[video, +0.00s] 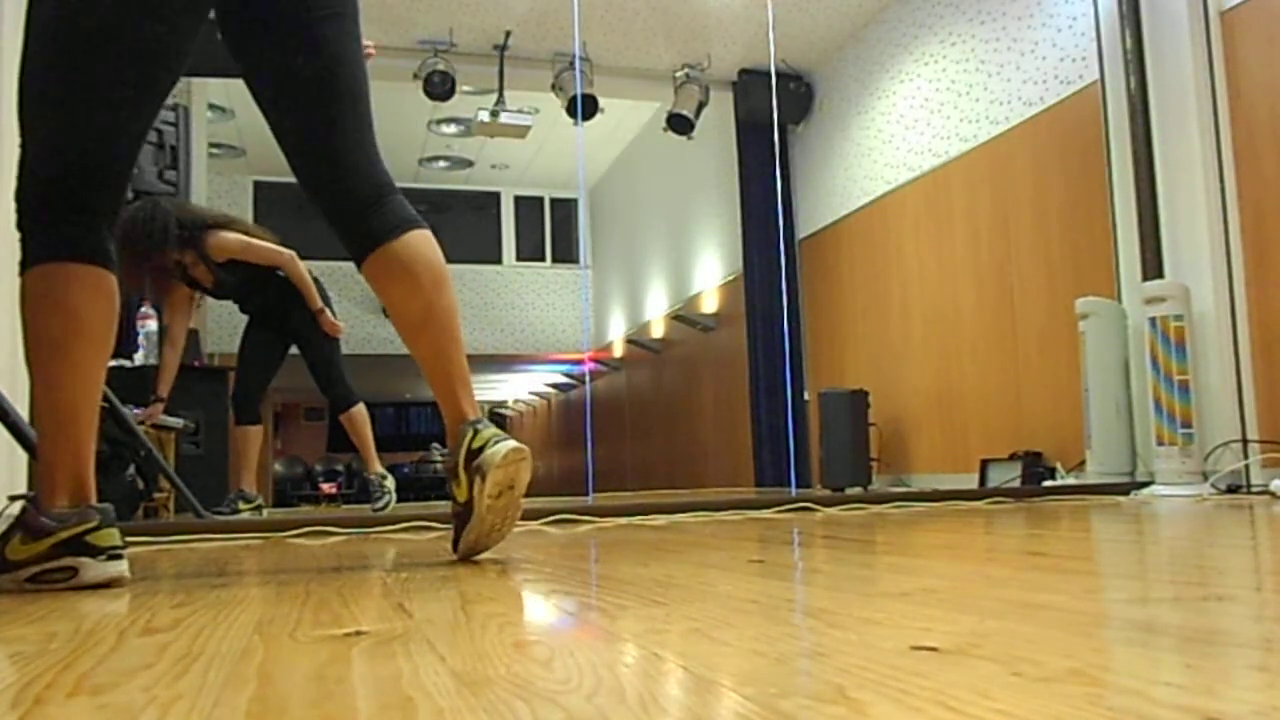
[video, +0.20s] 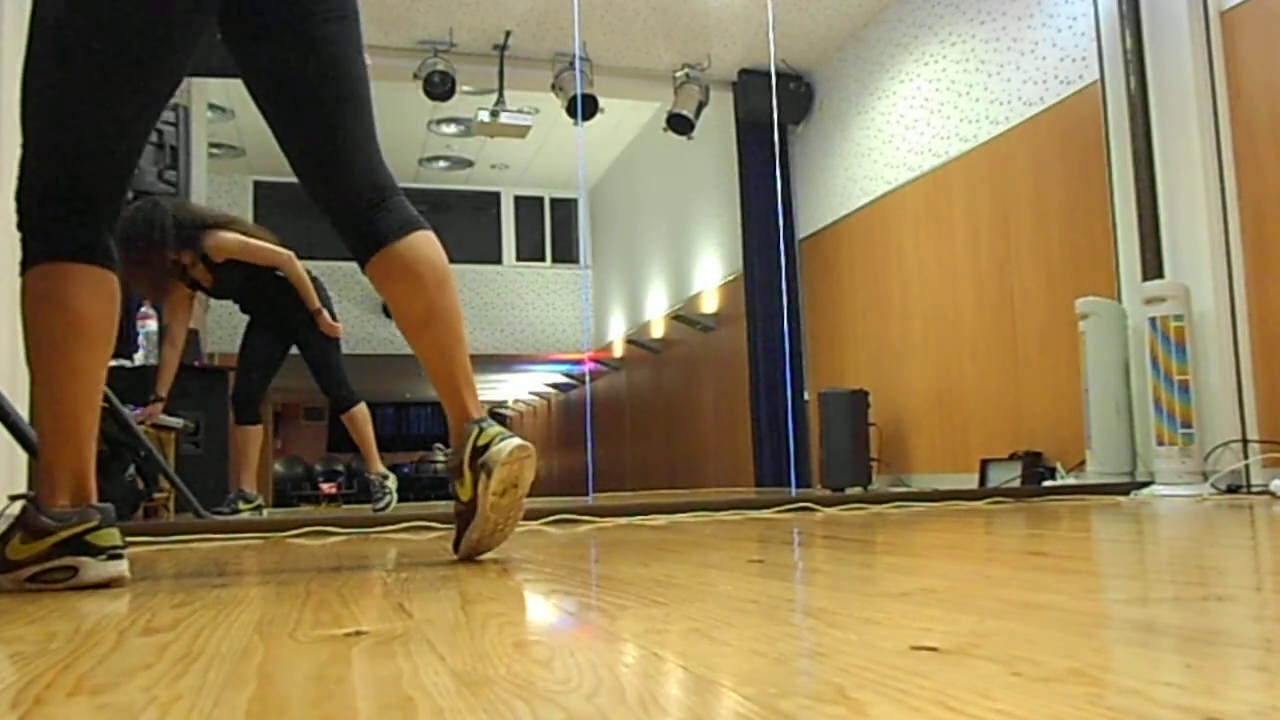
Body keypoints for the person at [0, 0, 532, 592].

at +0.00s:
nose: (153, 271)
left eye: (152, 260)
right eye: (147, 264)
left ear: (164, 240)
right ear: (161, 249)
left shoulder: (217, 242)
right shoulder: (181, 266)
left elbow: (289, 260)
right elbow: (174, 332)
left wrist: (320, 311)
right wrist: (158, 401)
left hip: (294, 296)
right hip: (269, 303)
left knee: (63, 207)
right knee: (364, 193)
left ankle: (65, 507)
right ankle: (472, 434)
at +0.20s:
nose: (148, 286)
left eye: (147, 273)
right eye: (141, 278)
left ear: (159, 245)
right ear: (157, 250)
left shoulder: (212, 241)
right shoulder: (185, 265)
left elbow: (284, 258)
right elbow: (174, 330)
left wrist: (316, 311)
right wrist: (158, 398)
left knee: (62, 211)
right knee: (369, 197)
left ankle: (66, 507)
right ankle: (476, 435)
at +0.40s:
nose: (150, 282)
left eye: (149, 267)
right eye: (144, 272)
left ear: (159, 241)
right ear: (159, 247)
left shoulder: (214, 242)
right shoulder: (186, 265)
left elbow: (287, 257)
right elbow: (176, 327)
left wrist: (320, 311)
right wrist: (158, 396)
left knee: (70, 206)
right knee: (378, 199)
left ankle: (65, 506)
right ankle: (482, 436)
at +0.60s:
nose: (157, 278)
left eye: (156, 264)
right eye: (151, 269)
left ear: (166, 241)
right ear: (169, 245)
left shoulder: (224, 241)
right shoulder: (191, 265)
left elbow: (296, 258)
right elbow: (175, 325)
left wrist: (327, 310)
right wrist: (156, 391)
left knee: (82, 202)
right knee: (392, 193)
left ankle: (67, 508)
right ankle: (493, 435)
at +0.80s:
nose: (184, 266)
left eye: (186, 254)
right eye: (178, 258)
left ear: (204, 234)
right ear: (195, 242)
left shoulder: (255, 236)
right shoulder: (210, 257)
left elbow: (324, 261)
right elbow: (202, 320)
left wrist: (350, 314)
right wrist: (189, 380)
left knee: (98, 206)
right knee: (424, 203)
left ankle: (66, 507)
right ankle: (552, 446)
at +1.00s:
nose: (252, 252)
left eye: (258, 241)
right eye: (244, 247)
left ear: (271, 219)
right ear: (244, 224)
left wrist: (85, 64)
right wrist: (492, 80)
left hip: (268, 9)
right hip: (440, 5)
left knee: (158, 237)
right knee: (491, 245)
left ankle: (67, 514)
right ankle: (628, 475)